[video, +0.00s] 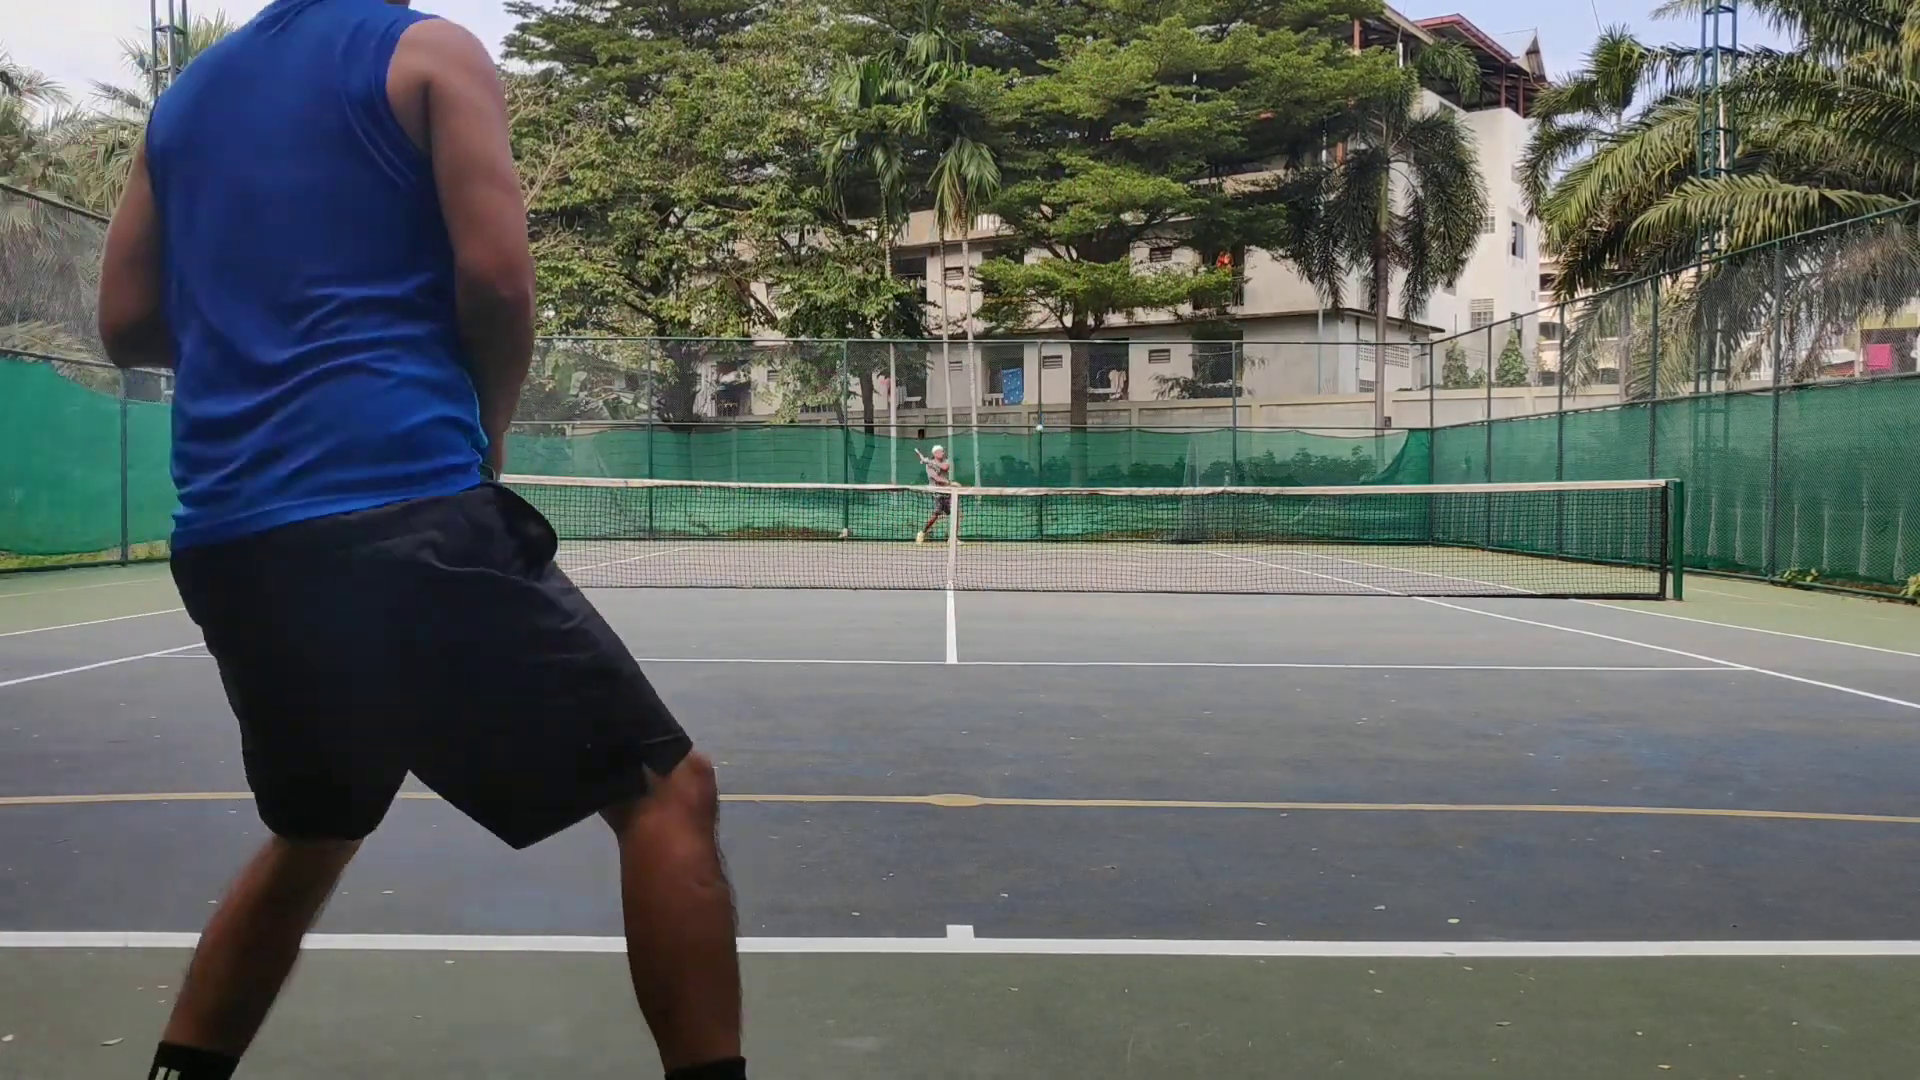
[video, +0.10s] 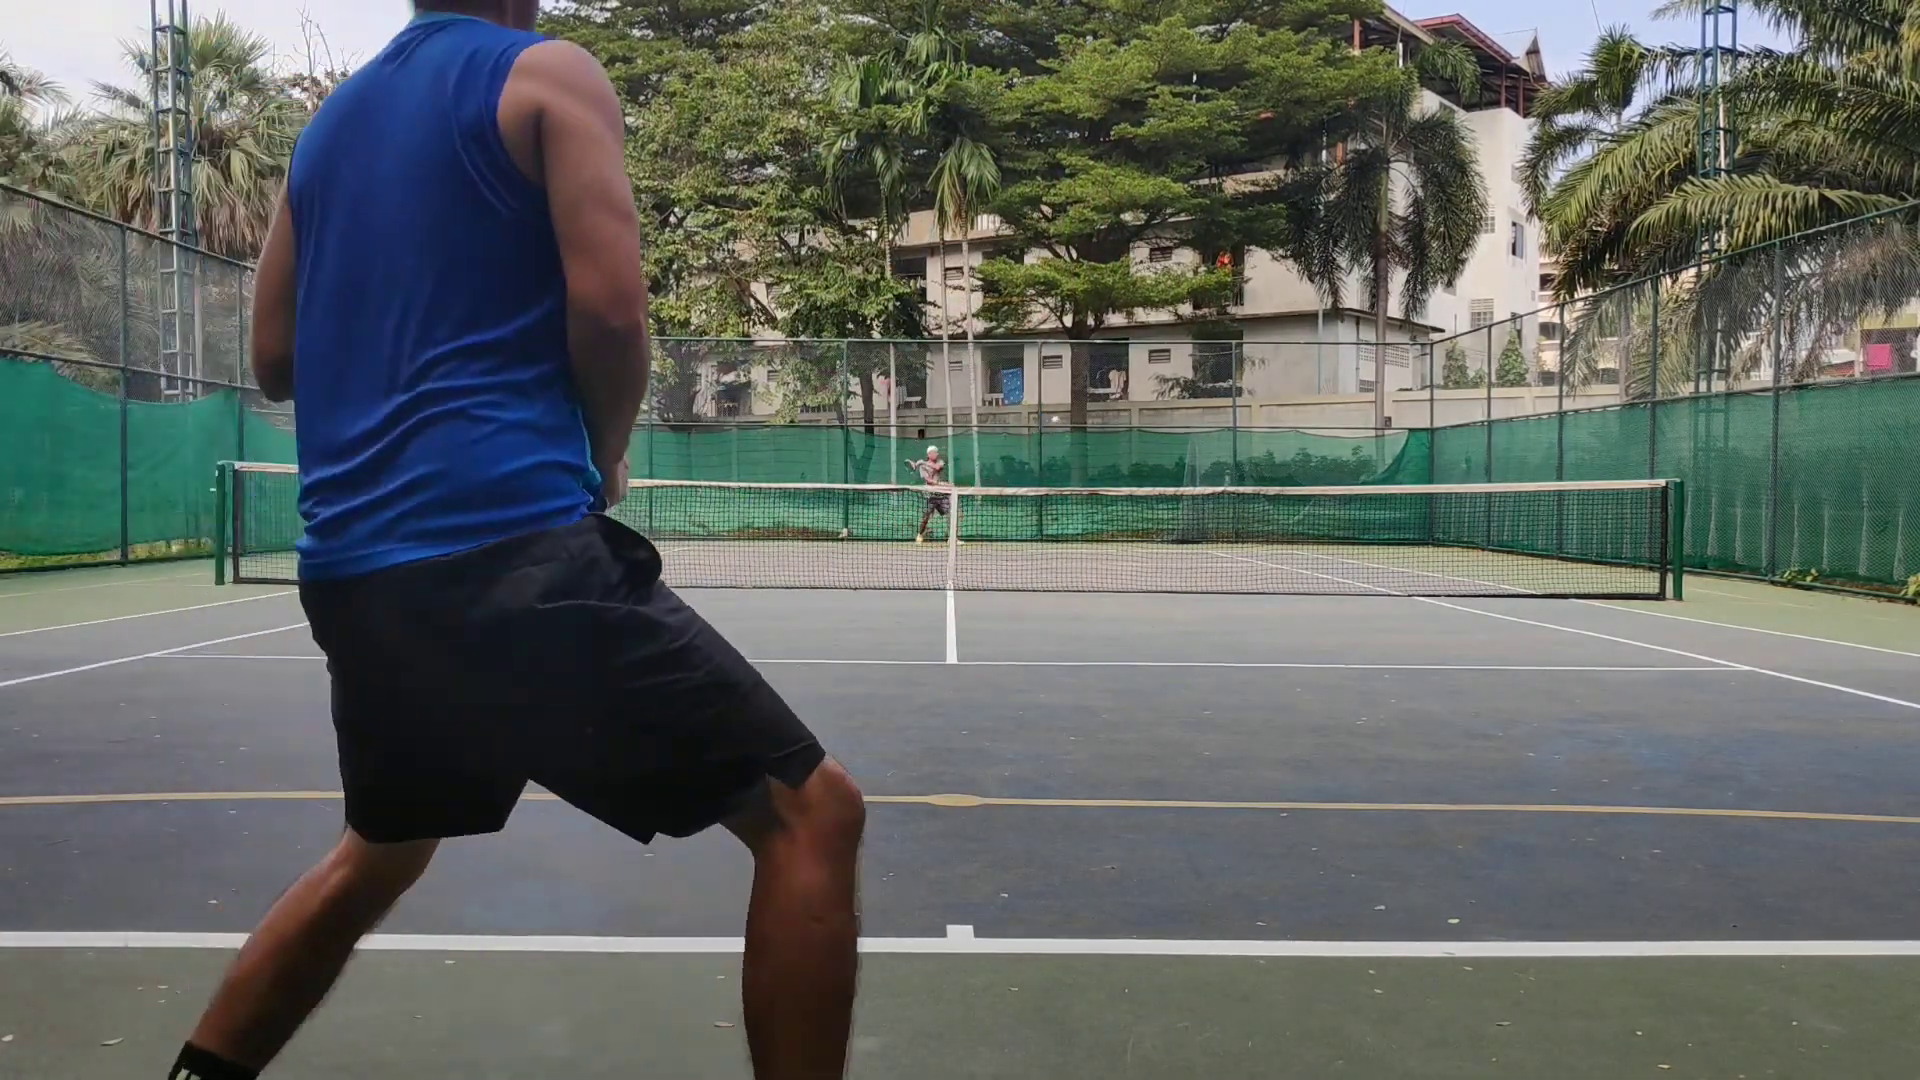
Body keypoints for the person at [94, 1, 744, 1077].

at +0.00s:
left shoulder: (183, 98)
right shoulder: (430, 49)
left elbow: (128, 323)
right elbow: (497, 275)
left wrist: (277, 330)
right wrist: (480, 433)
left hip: (227, 551)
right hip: (406, 523)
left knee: (315, 823)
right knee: (665, 791)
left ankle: (183, 1067)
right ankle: (710, 1068)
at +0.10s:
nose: (545, 9)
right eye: (543, 1)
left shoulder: (328, 123)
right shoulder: (550, 72)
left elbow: (274, 360)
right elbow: (608, 303)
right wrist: (604, 454)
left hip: (352, 578)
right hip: (520, 557)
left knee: (384, 841)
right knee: (811, 814)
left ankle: (201, 1069)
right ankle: (799, 1070)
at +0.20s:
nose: (727, 4)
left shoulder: (518, 107)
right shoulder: (693, 50)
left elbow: (454, 340)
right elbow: (749, 311)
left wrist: (617, 331)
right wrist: (772, 461)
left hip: (539, 569)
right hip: (662, 565)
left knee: (522, 869)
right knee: (937, 862)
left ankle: (250, 1065)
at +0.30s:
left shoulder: (724, 90)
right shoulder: (882, 60)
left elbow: (668, 344)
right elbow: (938, 329)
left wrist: (897, 395)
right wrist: (956, 488)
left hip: (713, 559)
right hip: (815, 553)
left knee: (839, 852)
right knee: (1051, 903)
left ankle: (527, 1044)